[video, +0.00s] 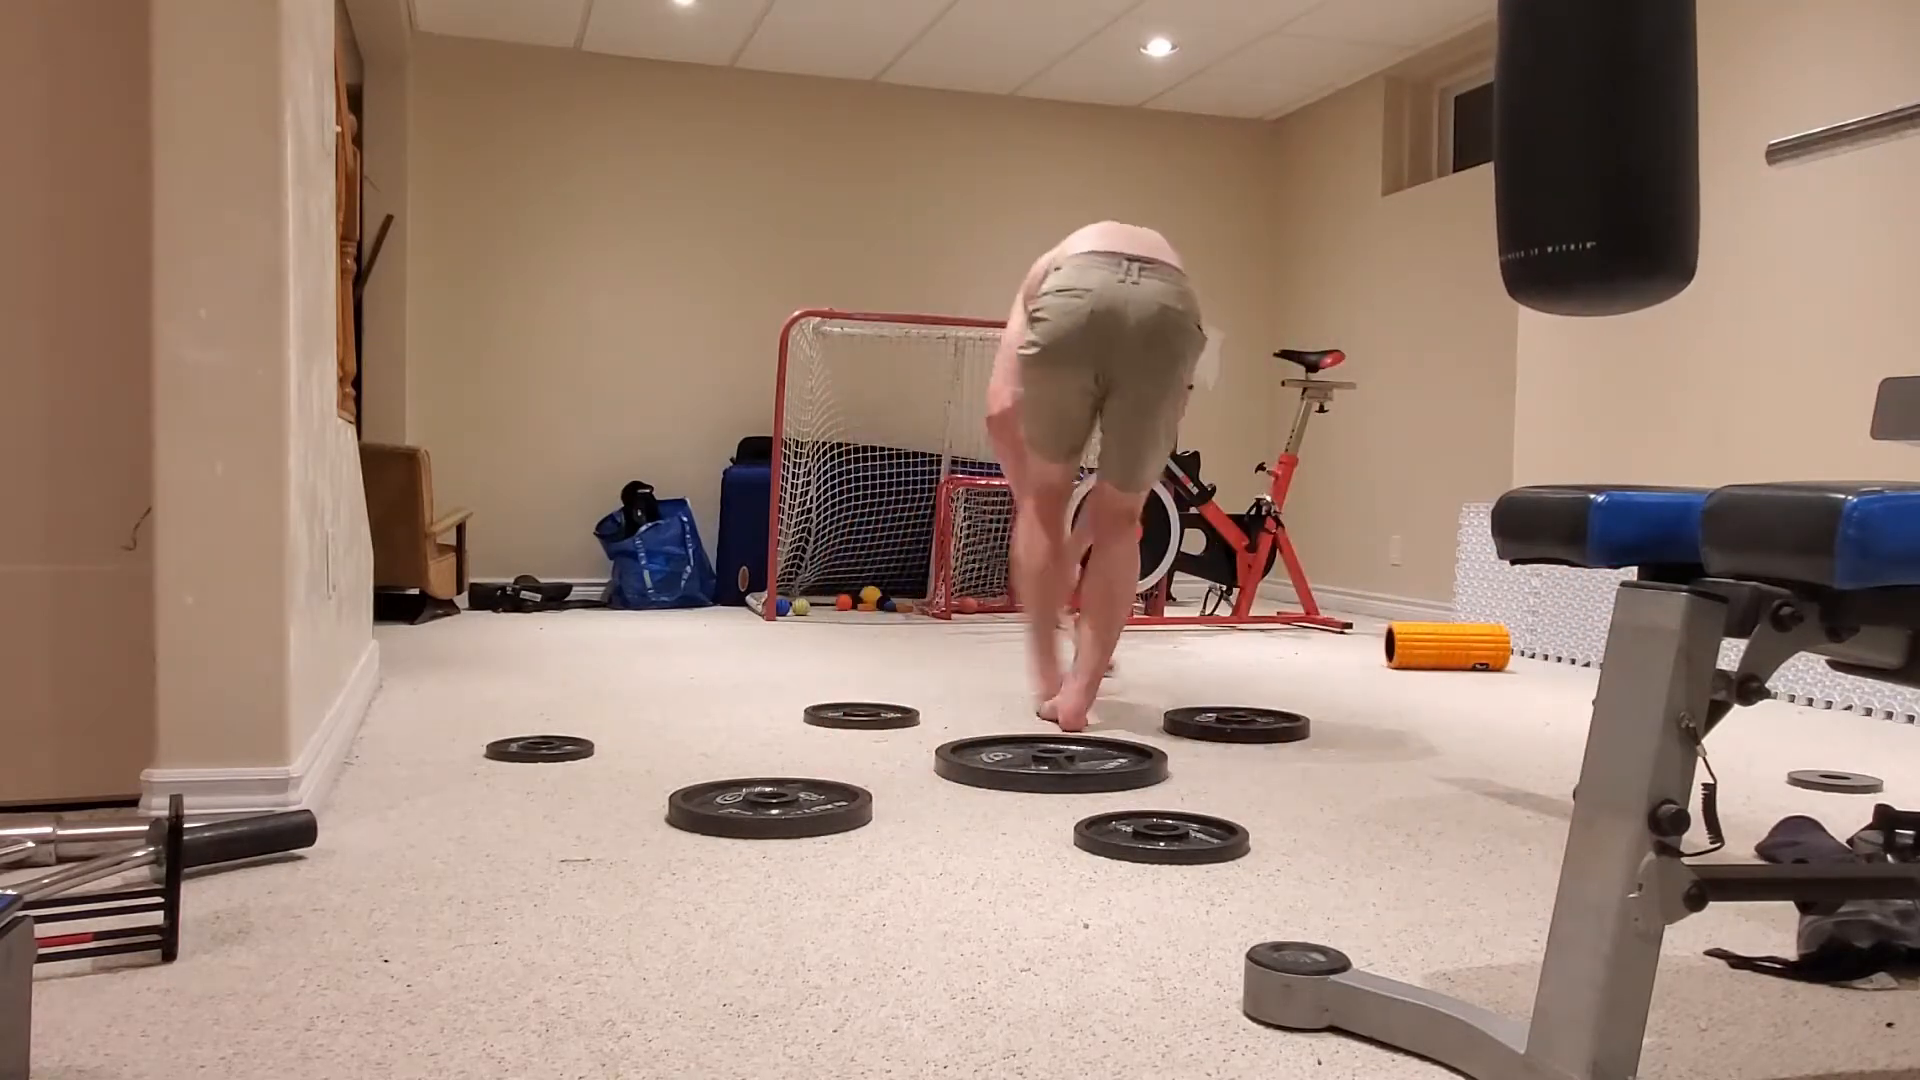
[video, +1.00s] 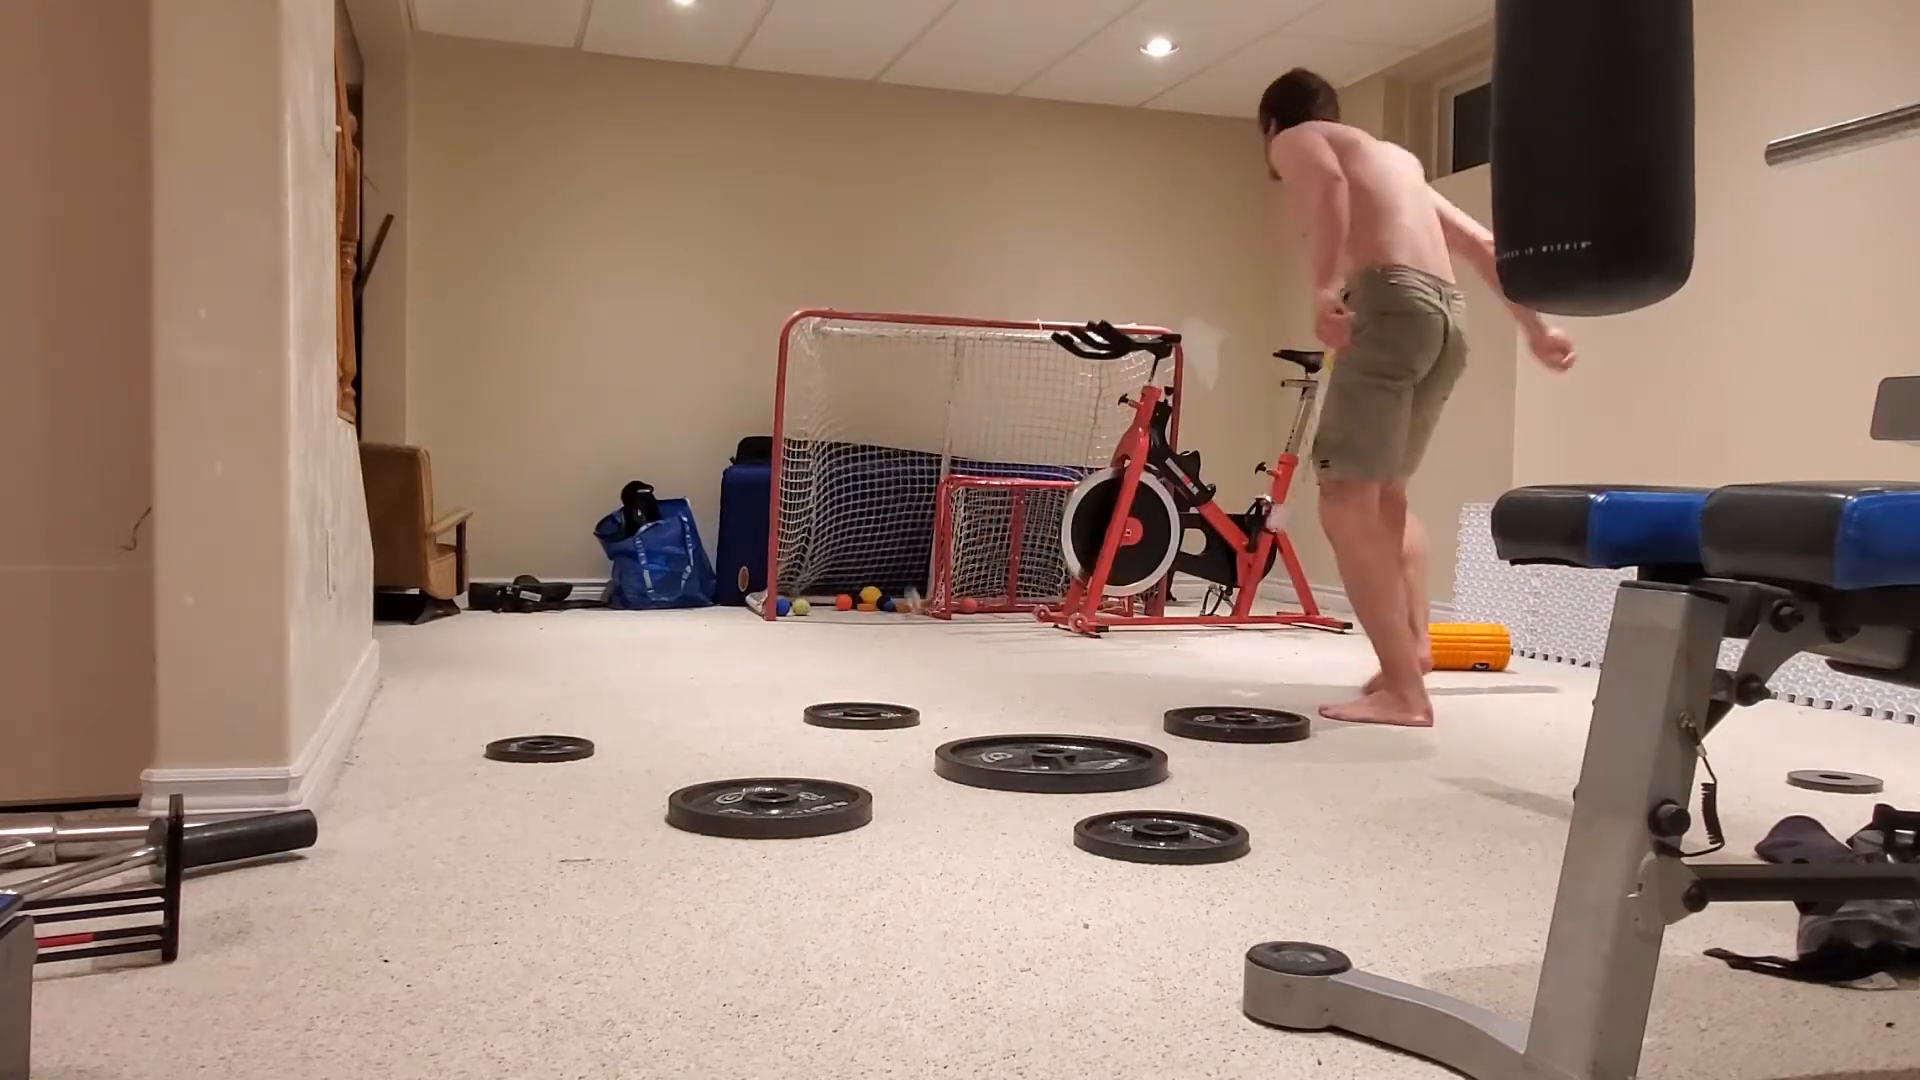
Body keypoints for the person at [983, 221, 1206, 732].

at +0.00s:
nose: (1074, 606)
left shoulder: (1046, 277)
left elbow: (1002, 409)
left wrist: (1045, 546)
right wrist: (1072, 552)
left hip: (1073, 290)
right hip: (1169, 302)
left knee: (1043, 504)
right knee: (1119, 516)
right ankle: (1079, 692)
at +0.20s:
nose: (1145, 548)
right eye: (1143, 550)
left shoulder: (1091, 285)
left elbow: (1056, 417)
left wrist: (1118, 512)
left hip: (1118, 299)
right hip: (1208, 296)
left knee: (1107, 516)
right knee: (1223, 486)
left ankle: (1111, 678)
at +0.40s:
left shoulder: (1159, 292)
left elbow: (1109, 393)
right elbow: (1234, 464)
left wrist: (1124, 468)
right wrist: (1182, 542)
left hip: (1196, 297)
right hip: (1285, 306)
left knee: (1141, 503)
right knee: (1305, 510)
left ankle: (1110, 675)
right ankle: (1359, 680)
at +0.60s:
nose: (1247, 315)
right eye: (1247, 308)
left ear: (1233, 241)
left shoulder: (1231, 229)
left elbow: (1189, 286)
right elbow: (1233, 398)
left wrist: (1139, 384)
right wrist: (1142, 434)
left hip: (1309, 298)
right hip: (1389, 320)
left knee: (1213, 494)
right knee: (1344, 520)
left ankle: (1146, 664)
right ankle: (1361, 683)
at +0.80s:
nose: (1238, 193)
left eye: (1235, 180)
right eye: (1234, 189)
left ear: (1245, 148)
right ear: (1293, 135)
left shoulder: (1254, 150)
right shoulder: (1352, 169)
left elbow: (1274, 187)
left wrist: (1232, 296)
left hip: (1361, 290)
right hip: (1431, 299)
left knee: (1296, 484)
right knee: (1371, 502)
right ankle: (1368, 679)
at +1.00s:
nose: (1270, 151)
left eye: (1267, 140)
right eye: (1268, 143)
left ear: (1275, 124)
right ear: (1330, 115)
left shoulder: (1295, 137)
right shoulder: (1396, 161)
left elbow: (1328, 186)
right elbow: (1484, 244)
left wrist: (1325, 288)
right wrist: (1534, 325)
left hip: (1394, 308)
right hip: (1450, 324)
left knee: (1345, 503)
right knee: (1388, 497)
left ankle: (1402, 691)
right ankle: (1409, 651)